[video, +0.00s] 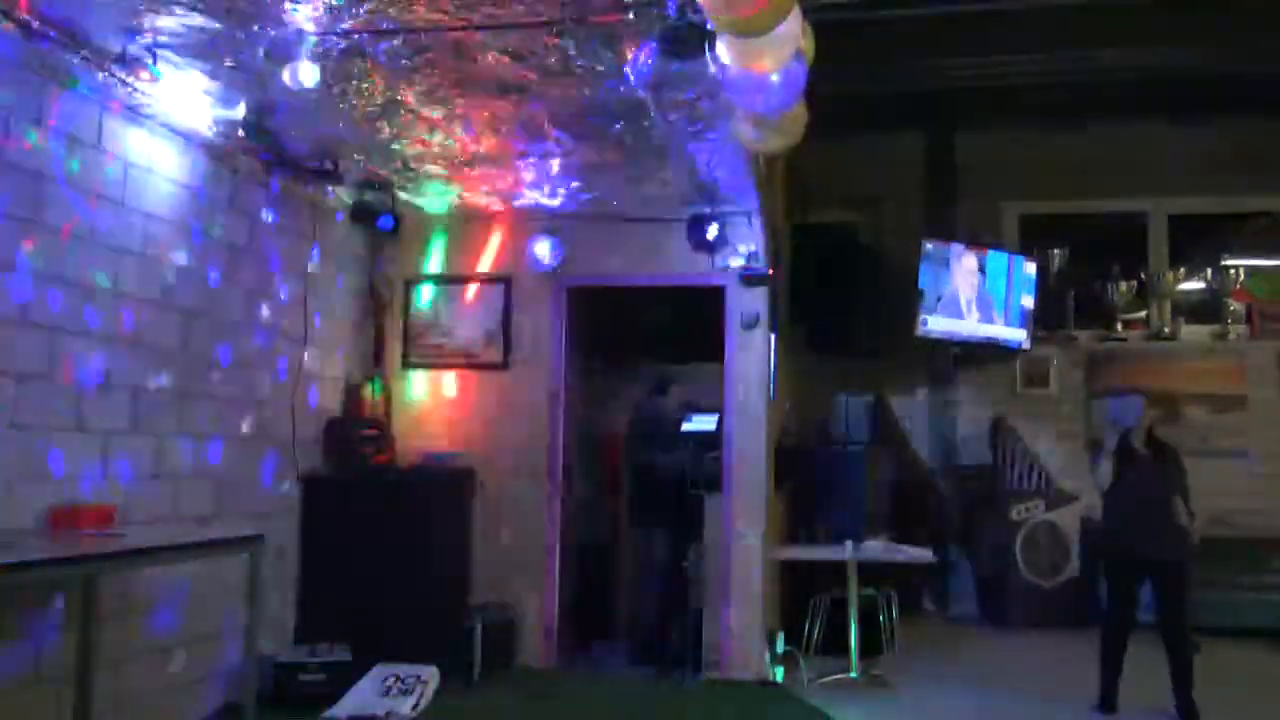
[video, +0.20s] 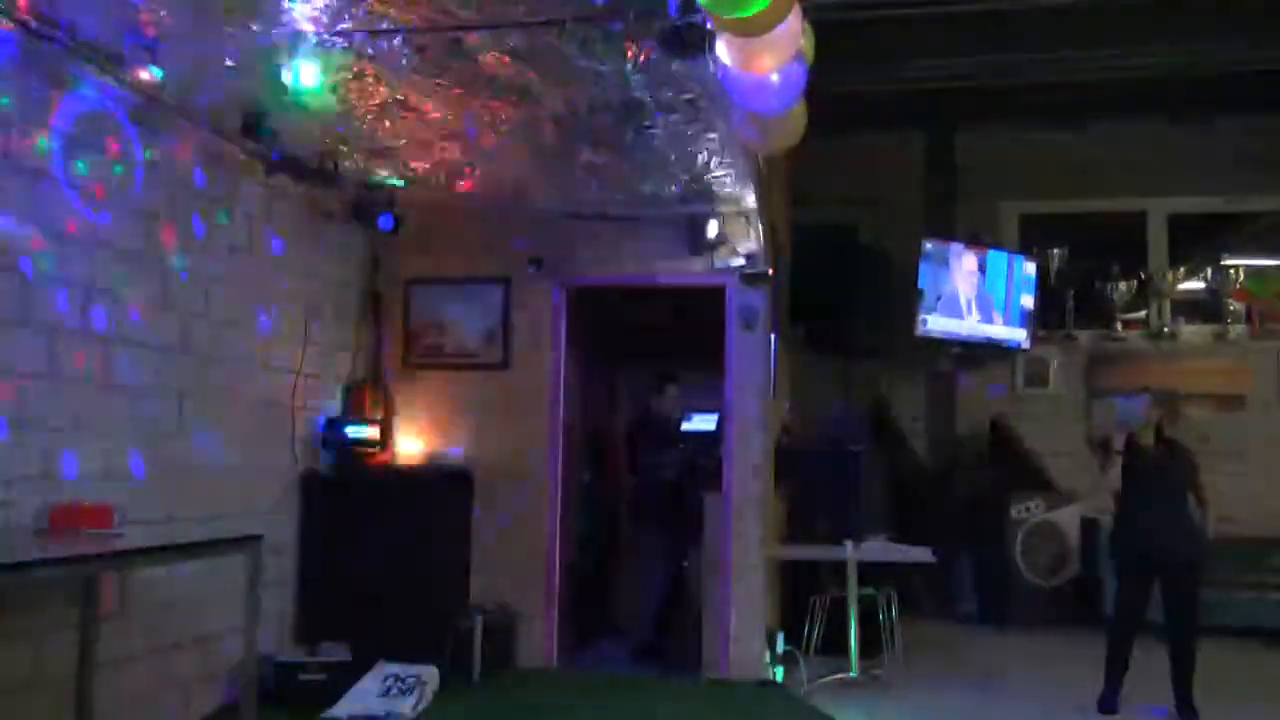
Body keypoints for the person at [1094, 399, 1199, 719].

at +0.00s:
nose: (1142, 419)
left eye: (1145, 412)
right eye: (1136, 414)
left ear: (1153, 416)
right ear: (1126, 419)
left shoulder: (1167, 454)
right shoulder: (1112, 451)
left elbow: (1181, 498)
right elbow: (1104, 483)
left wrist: (1188, 524)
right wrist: (1115, 443)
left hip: (1166, 550)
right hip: (1123, 549)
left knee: (1175, 628)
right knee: (1117, 624)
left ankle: (1185, 702)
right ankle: (1107, 699)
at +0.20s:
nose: (1143, 416)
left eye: (1149, 408)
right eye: (1141, 408)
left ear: (1160, 415)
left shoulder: (1179, 454)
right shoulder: (1122, 448)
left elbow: (1199, 497)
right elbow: (1108, 484)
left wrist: (1204, 532)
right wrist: (1116, 444)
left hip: (1178, 548)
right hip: (1134, 548)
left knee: (1182, 629)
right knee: (1124, 622)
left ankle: (1185, 702)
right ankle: (1110, 692)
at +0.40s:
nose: (1143, 420)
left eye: (1150, 414)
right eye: (1141, 414)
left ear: (1160, 419)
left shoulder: (1182, 454)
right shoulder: (1128, 451)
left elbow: (1207, 490)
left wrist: (1216, 521)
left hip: (1183, 549)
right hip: (1139, 548)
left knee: (1185, 627)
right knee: (1124, 620)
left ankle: (1184, 699)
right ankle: (1109, 689)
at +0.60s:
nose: (1138, 423)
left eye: (1144, 417)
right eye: (1134, 417)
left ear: (1156, 422)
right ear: (1126, 421)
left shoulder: (1177, 455)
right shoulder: (1120, 456)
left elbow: (1205, 486)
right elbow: (1121, 499)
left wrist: (1215, 519)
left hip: (1182, 549)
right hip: (1138, 551)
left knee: (1182, 628)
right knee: (1116, 622)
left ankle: (1183, 701)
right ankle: (1099, 695)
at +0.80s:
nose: (1118, 422)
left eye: (1125, 414)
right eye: (1114, 415)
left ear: (1139, 419)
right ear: (1108, 422)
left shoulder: (1160, 450)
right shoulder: (1102, 455)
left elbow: (1189, 485)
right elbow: (1109, 497)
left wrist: (1195, 523)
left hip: (1165, 548)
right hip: (1124, 550)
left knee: (1174, 626)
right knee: (1107, 622)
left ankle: (1181, 698)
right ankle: (1096, 695)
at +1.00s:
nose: (1105, 417)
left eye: (1111, 410)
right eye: (1099, 411)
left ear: (1123, 414)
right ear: (1091, 416)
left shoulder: (1142, 448)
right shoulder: (1084, 452)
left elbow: (1168, 477)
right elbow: (1093, 493)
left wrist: (1174, 493)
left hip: (1146, 545)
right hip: (1102, 546)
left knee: (1163, 624)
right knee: (1097, 623)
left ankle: (1177, 696)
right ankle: (1095, 695)